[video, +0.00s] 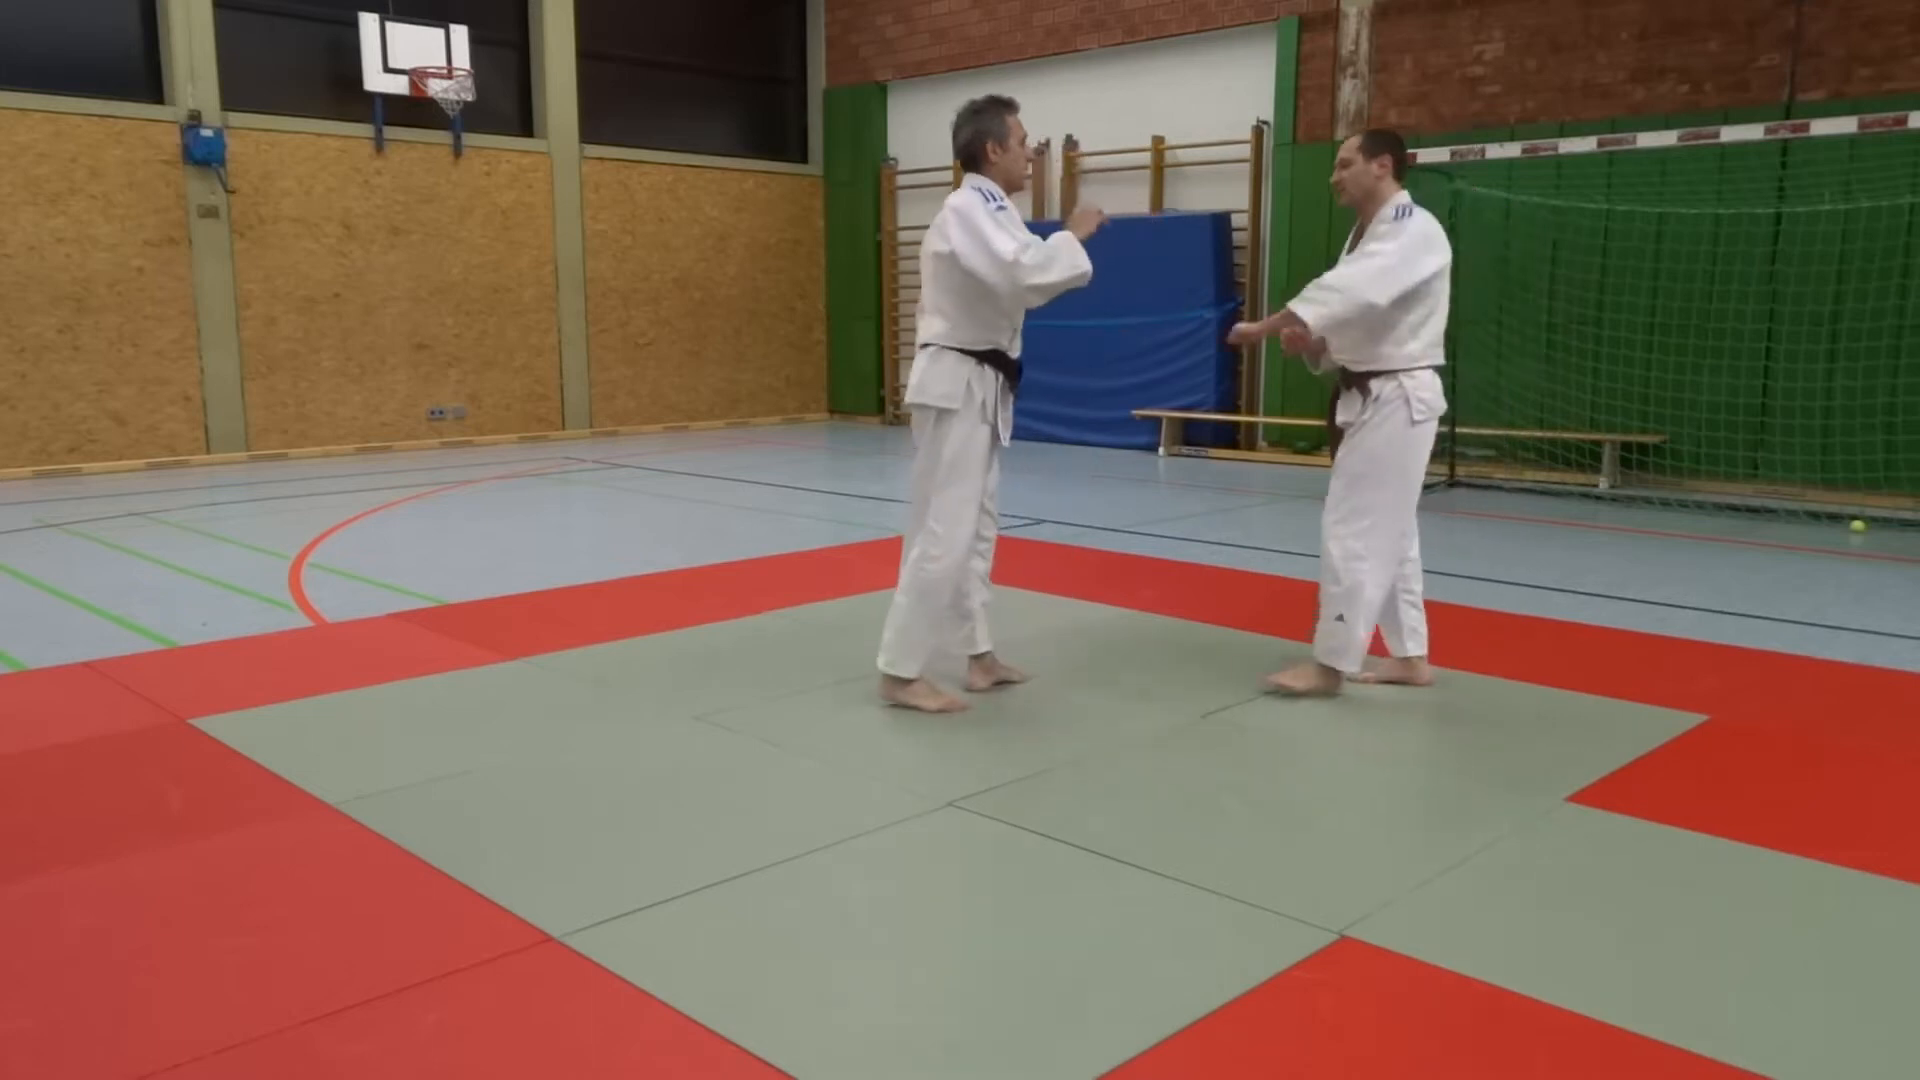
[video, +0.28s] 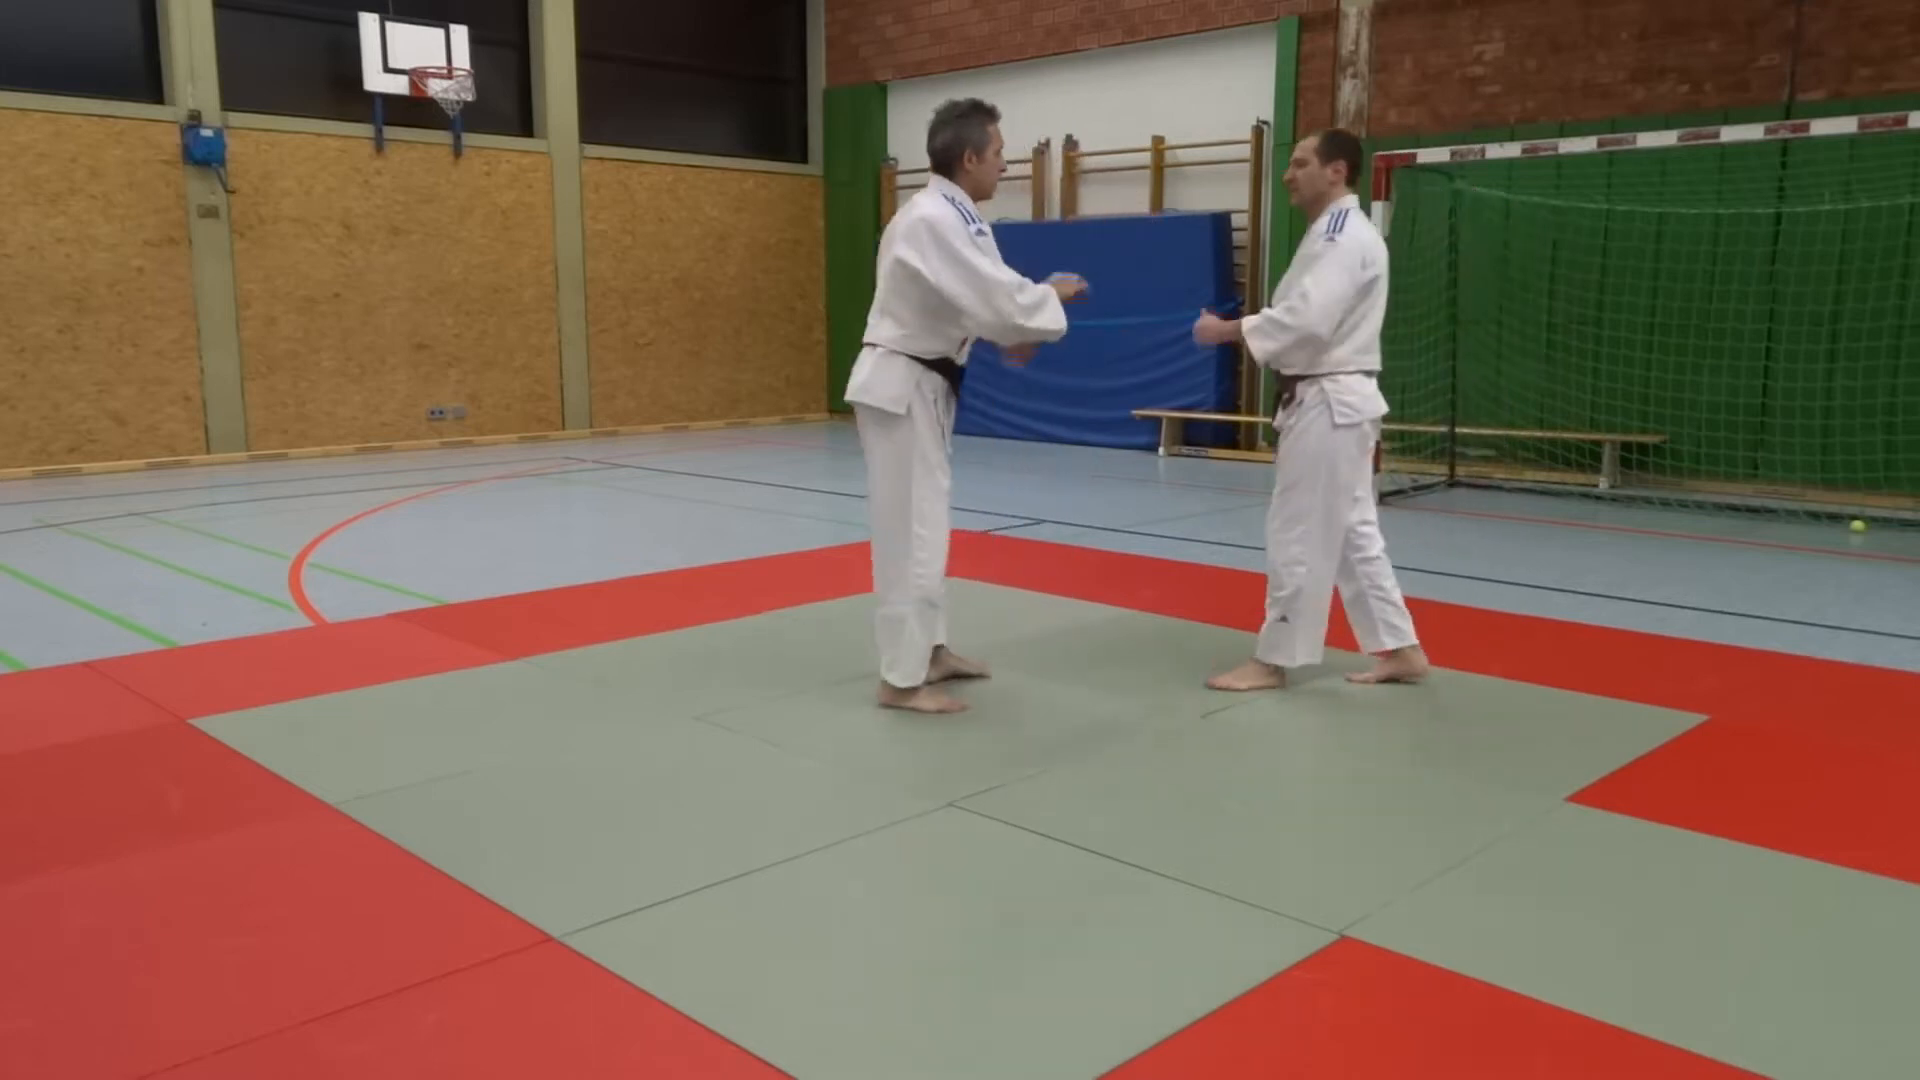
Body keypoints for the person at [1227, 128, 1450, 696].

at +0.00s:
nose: (1335, 177)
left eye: (1345, 165)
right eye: (1336, 167)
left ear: (1383, 168)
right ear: (1375, 171)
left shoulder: (1416, 229)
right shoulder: (1367, 238)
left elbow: (1361, 289)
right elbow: (1356, 337)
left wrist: (1269, 324)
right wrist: (1314, 346)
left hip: (1399, 399)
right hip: (1372, 397)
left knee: (1351, 525)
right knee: (1392, 528)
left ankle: (1330, 666)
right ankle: (1409, 656)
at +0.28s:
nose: (1290, 174)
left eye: (1301, 165)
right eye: (1291, 165)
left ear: (1337, 172)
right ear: (1333, 174)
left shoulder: (1348, 236)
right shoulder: (1331, 232)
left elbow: (1308, 320)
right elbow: (1299, 311)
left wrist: (1232, 330)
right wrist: (1244, 329)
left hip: (1332, 400)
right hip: (1333, 396)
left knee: (1298, 531)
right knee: (1353, 532)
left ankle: (1271, 661)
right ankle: (1401, 650)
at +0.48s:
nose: (1251, 172)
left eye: (1260, 162)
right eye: (1252, 162)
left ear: (1296, 170)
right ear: (1293, 170)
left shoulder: (1300, 234)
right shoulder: (1299, 227)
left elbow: (1277, 325)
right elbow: (1283, 320)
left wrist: (1217, 314)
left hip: (1286, 397)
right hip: (1292, 394)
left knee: (1267, 529)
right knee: (1278, 523)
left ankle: (1272, 664)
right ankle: (1345, 619)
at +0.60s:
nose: (1230, 171)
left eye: (1240, 162)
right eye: (1232, 161)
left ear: (1275, 169)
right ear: (1268, 170)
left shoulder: (1284, 233)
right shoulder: (1265, 228)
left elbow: (1252, 323)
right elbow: (1246, 310)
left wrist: (1197, 301)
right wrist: (1202, 300)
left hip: (1269, 395)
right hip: (1244, 392)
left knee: (1259, 529)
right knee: (1222, 526)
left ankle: (1269, 663)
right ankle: (1273, 635)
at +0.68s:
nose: (1217, 172)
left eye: (1227, 162)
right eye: (1218, 162)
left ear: (1262, 168)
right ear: (1254, 170)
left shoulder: (1273, 232)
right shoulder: (1248, 229)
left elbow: (1236, 320)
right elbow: (1228, 312)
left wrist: (1190, 285)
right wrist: (1189, 294)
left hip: (1257, 394)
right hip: (1226, 391)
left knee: (1256, 531)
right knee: (1201, 520)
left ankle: (1264, 664)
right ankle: (1218, 639)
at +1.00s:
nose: (1153, 175)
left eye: (1162, 165)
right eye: (1153, 166)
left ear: (1197, 169)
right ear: (1185, 171)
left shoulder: (1226, 233)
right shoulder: (1176, 237)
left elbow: (1196, 313)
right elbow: (1168, 322)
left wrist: (1149, 277)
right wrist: (1130, 302)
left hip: (1202, 393)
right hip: (1157, 392)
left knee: (1211, 528)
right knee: (1145, 520)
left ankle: (1256, 658)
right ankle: (1142, 639)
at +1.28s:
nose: (1096, 182)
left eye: (1104, 171)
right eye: (1095, 172)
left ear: (1139, 172)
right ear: (1130, 174)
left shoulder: (1177, 231)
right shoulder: (1126, 239)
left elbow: (1141, 304)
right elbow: (1091, 324)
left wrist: (1101, 271)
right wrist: (1082, 272)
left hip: (1160, 392)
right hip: (1122, 392)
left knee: (1125, 521)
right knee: (1116, 520)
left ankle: (1182, 632)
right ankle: (1143, 635)